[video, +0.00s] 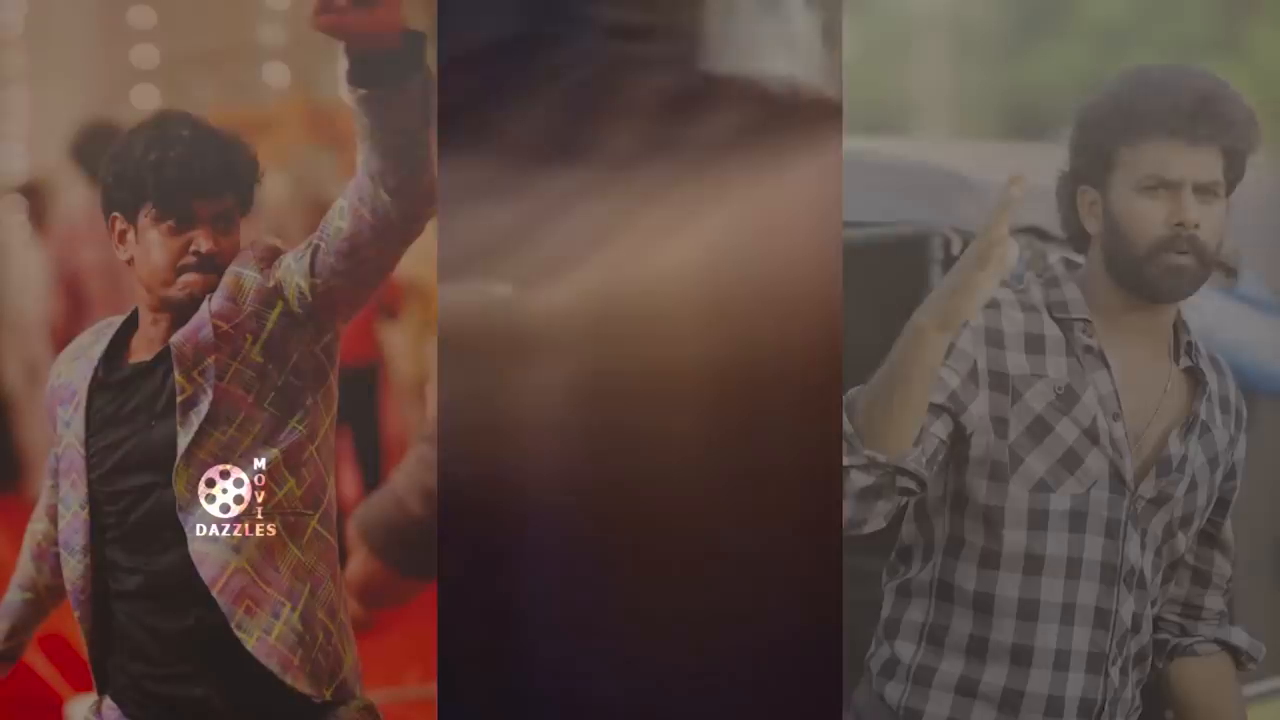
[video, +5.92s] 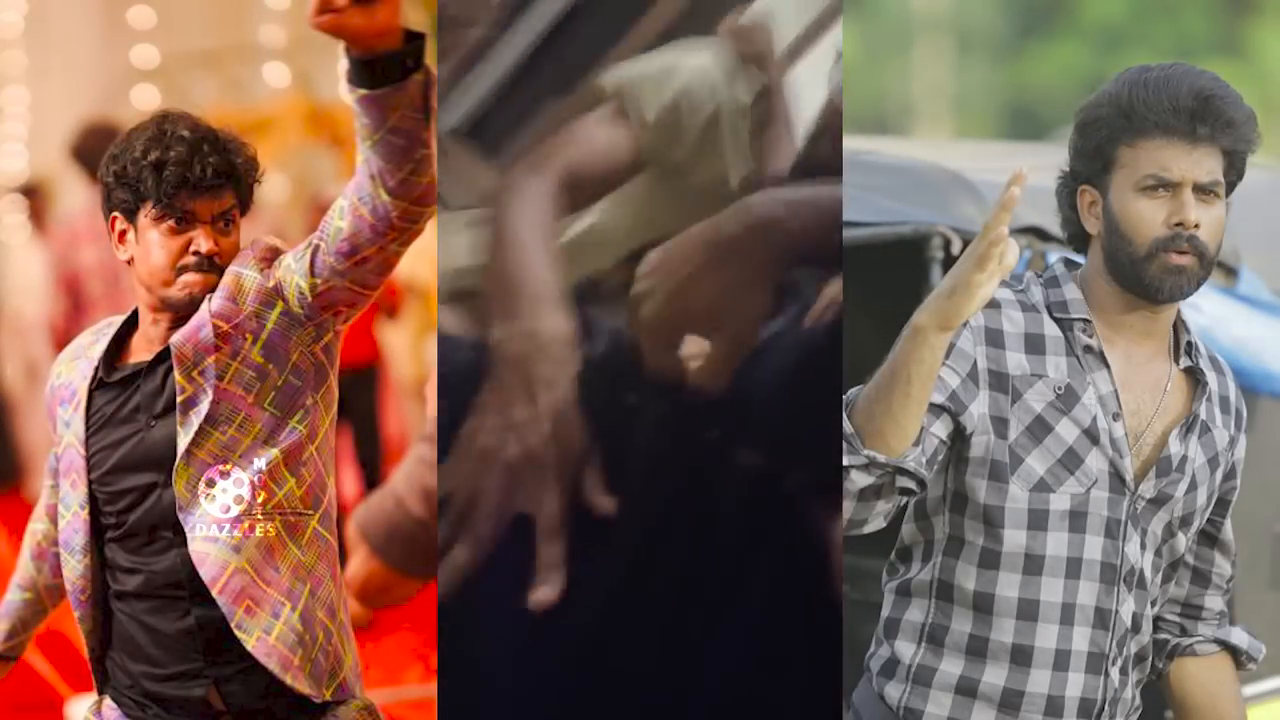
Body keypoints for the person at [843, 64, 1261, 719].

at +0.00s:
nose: (1187, 218)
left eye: (1207, 194)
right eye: (1156, 190)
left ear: (1228, 210)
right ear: (1091, 208)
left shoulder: (1219, 400)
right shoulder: (987, 323)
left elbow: (1192, 616)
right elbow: (853, 508)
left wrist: (1225, 709)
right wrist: (937, 316)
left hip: (1107, 709)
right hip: (939, 701)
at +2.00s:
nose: (1187, 217)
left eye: (1207, 194)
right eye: (1157, 190)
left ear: (1227, 208)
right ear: (1092, 208)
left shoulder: (1219, 397)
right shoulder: (984, 329)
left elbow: (1193, 617)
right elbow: (854, 506)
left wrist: (1226, 711)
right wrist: (932, 326)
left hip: (1106, 709)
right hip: (936, 702)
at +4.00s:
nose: (1187, 217)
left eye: (1207, 194)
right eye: (1157, 190)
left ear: (1227, 208)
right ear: (1092, 207)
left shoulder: (1219, 398)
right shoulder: (984, 329)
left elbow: (1193, 617)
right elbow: (851, 507)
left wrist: (1225, 711)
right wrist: (931, 327)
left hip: (1105, 709)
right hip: (934, 702)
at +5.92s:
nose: (1187, 217)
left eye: (1207, 194)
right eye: (1157, 190)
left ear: (1227, 208)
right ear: (1092, 207)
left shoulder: (1219, 398)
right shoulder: (983, 328)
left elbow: (1193, 617)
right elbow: (853, 506)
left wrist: (1225, 711)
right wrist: (931, 327)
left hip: (1105, 709)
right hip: (935, 702)